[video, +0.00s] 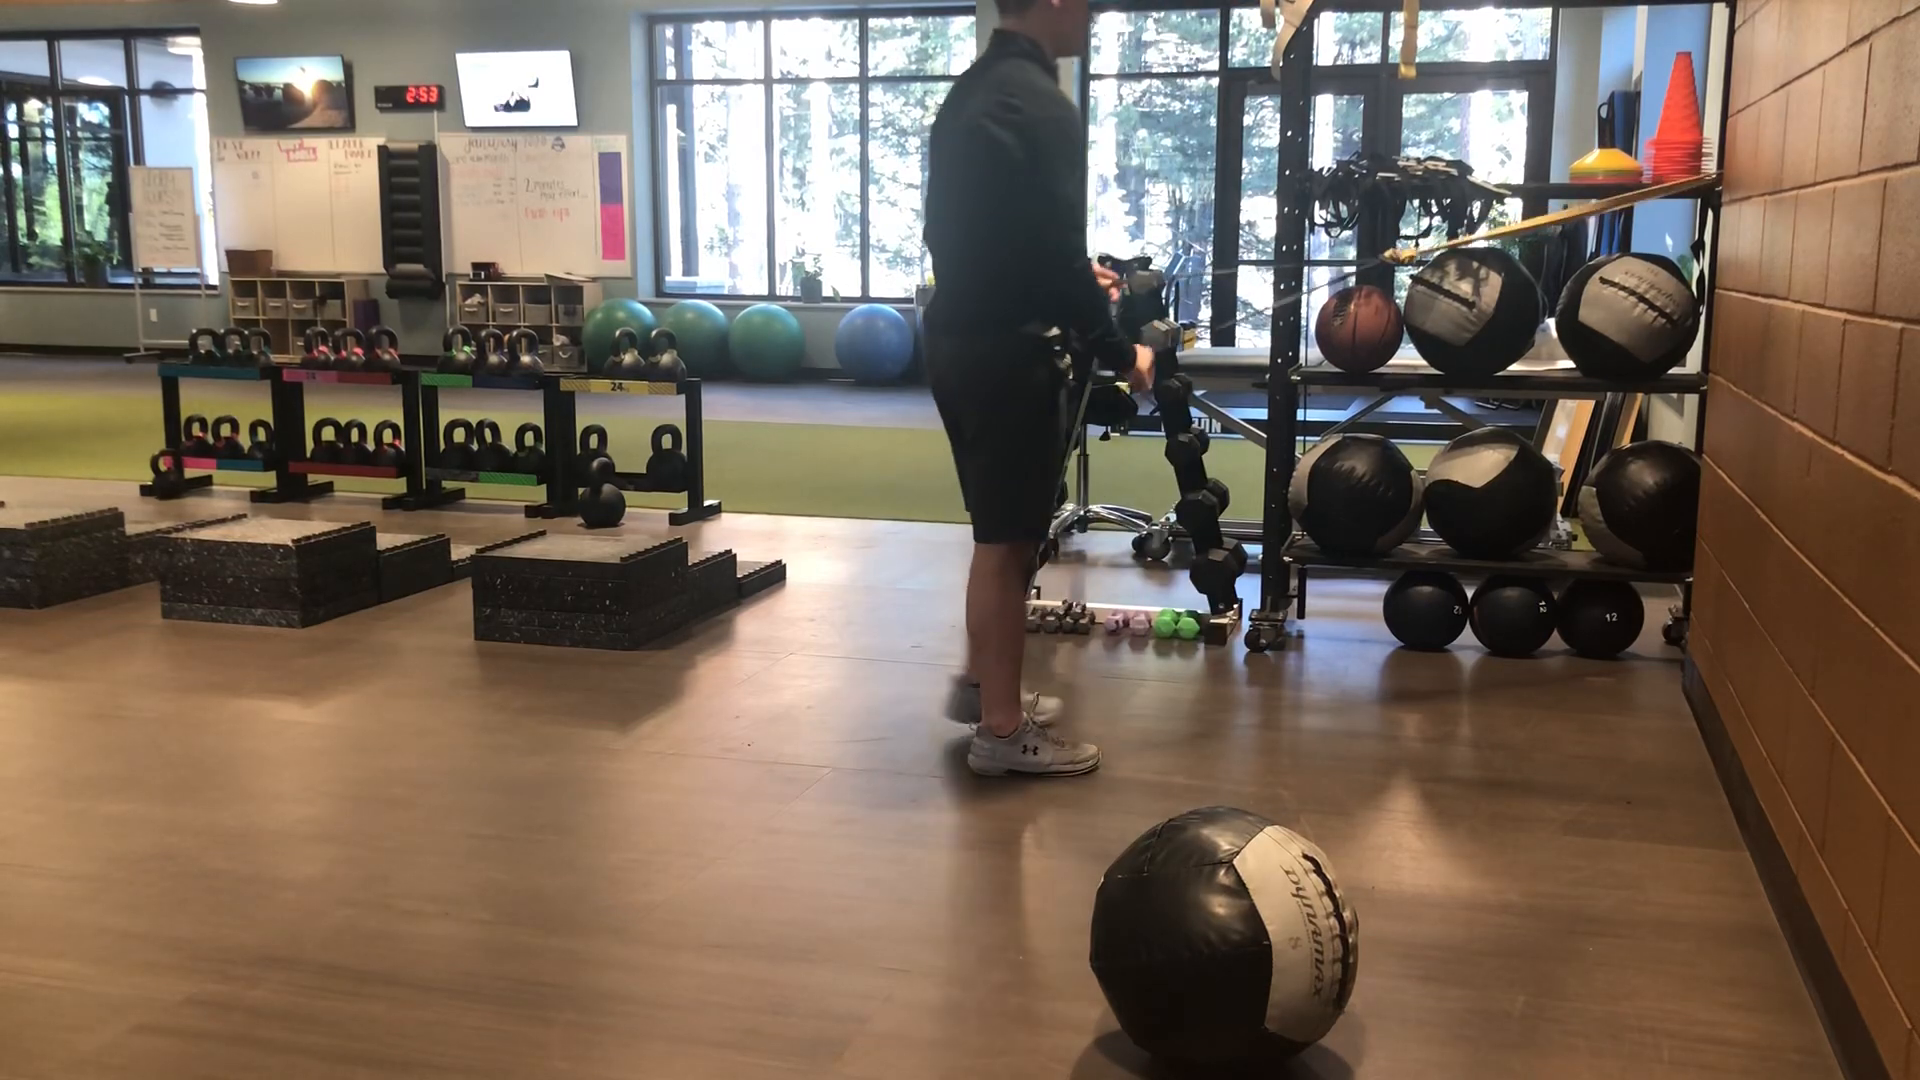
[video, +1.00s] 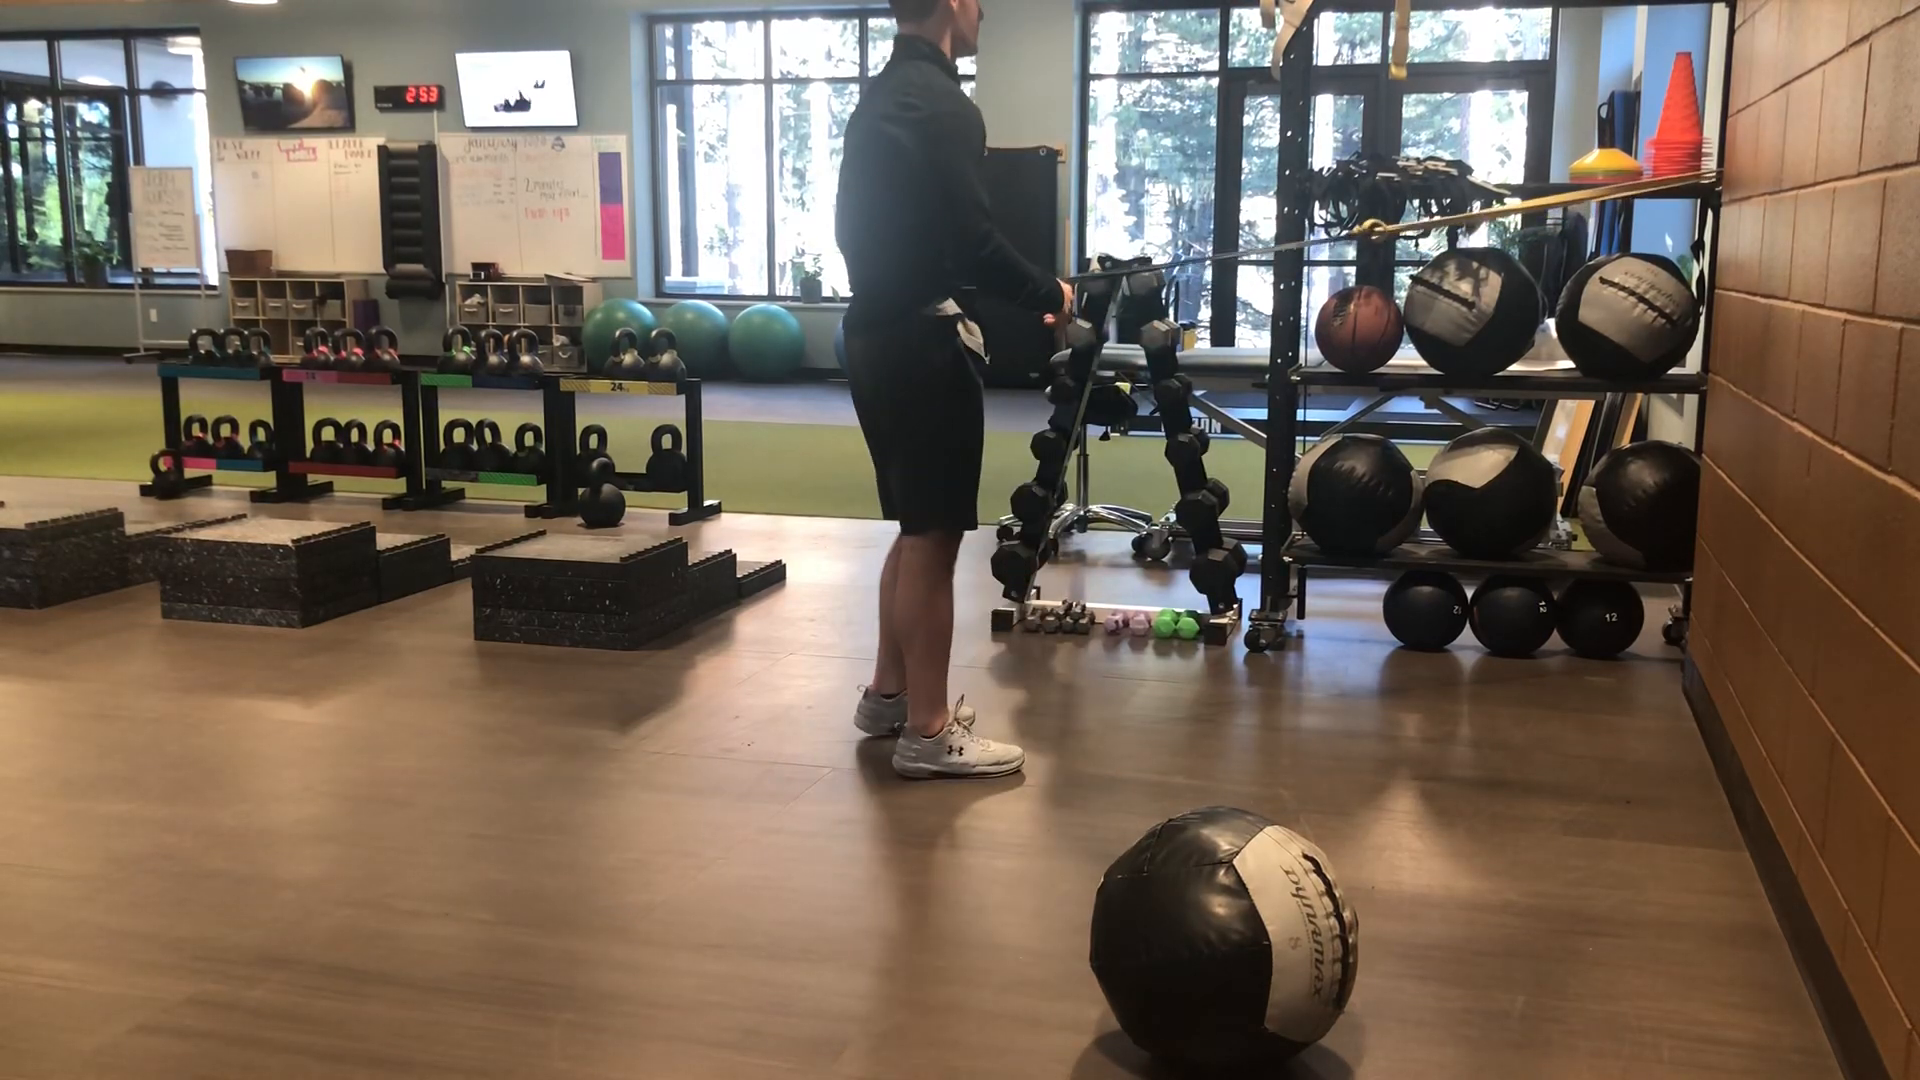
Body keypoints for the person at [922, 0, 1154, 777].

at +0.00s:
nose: (1091, 20)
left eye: (1089, 9)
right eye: (1086, 8)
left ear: (1014, 11)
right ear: (1055, 8)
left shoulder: (968, 96)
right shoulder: (1045, 109)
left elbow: (967, 238)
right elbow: (1051, 260)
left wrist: (1075, 272)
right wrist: (1121, 348)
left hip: (960, 342)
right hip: (1011, 348)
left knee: (1004, 529)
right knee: (1009, 540)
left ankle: (983, 681)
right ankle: (1001, 731)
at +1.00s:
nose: (981, 21)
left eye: (978, 9)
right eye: (977, 9)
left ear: (913, 16)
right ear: (954, 11)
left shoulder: (878, 101)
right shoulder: (945, 106)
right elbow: (967, 236)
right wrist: (1051, 293)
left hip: (874, 335)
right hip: (925, 338)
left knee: (918, 526)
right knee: (937, 532)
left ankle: (889, 695)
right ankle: (929, 730)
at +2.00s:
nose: (965, 19)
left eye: (965, 10)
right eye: (960, 8)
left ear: (887, 11)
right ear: (931, 4)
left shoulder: (861, 75)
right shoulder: (931, 57)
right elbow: (1043, 15)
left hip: (878, 314)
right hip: (939, 313)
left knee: (915, 506)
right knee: (961, 515)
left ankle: (902, 669)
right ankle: (950, 706)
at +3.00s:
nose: (1064, 140)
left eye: (1065, 124)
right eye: (1060, 122)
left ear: (1001, 116)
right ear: (1029, 114)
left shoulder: (932, 185)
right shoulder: (995, 207)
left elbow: (849, 282)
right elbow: (939, 326)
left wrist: (791, 376)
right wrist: (890, 438)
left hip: (832, 386)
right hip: (884, 395)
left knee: (952, 542)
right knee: (1015, 553)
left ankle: (892, 698)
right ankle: (948, 732)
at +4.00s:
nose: (979, 13)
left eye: (975, 2)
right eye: (973, 2)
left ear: (906, 11)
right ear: (945, 5)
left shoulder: (875, 88)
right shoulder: (947, 91)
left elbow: (995, 139)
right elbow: (1079, 136)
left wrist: (1057, 79)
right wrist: (1123, 72)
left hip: (882, 335)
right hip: (941, 342)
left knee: (909, 522)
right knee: (949, 541)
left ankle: (890, 694)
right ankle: (944, 730)